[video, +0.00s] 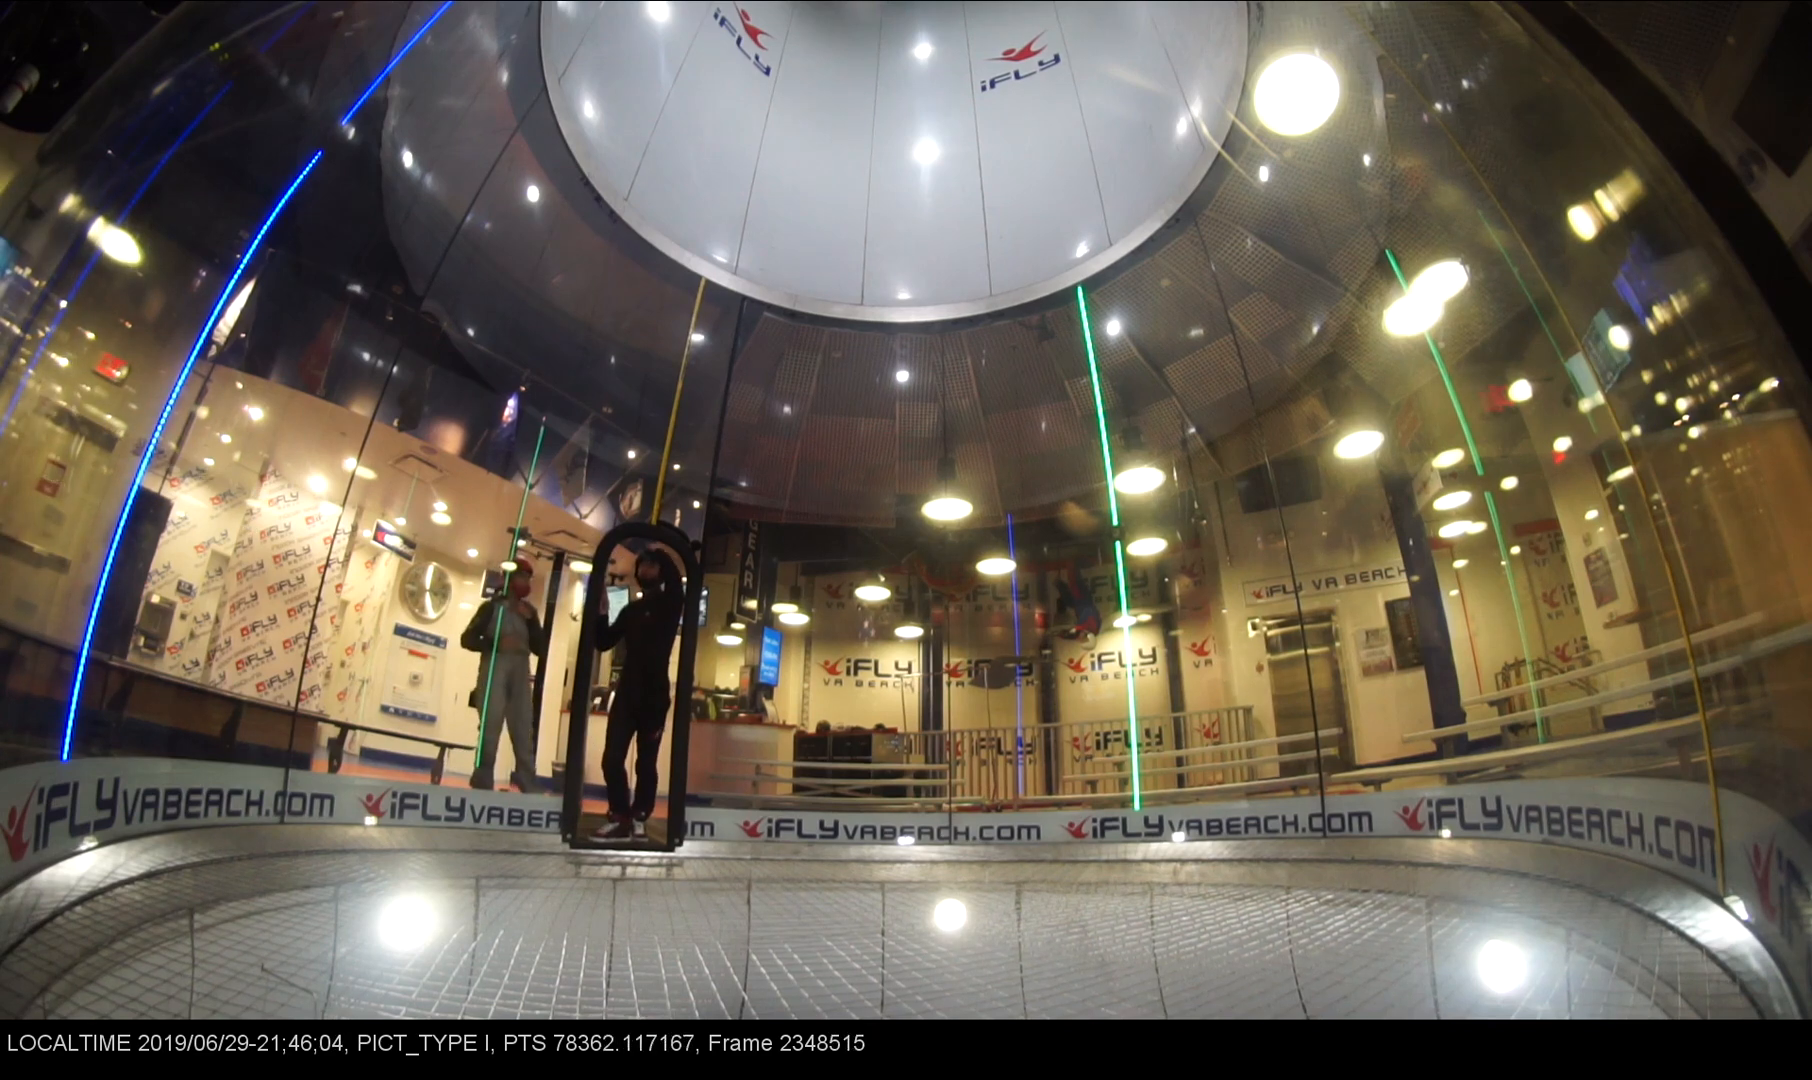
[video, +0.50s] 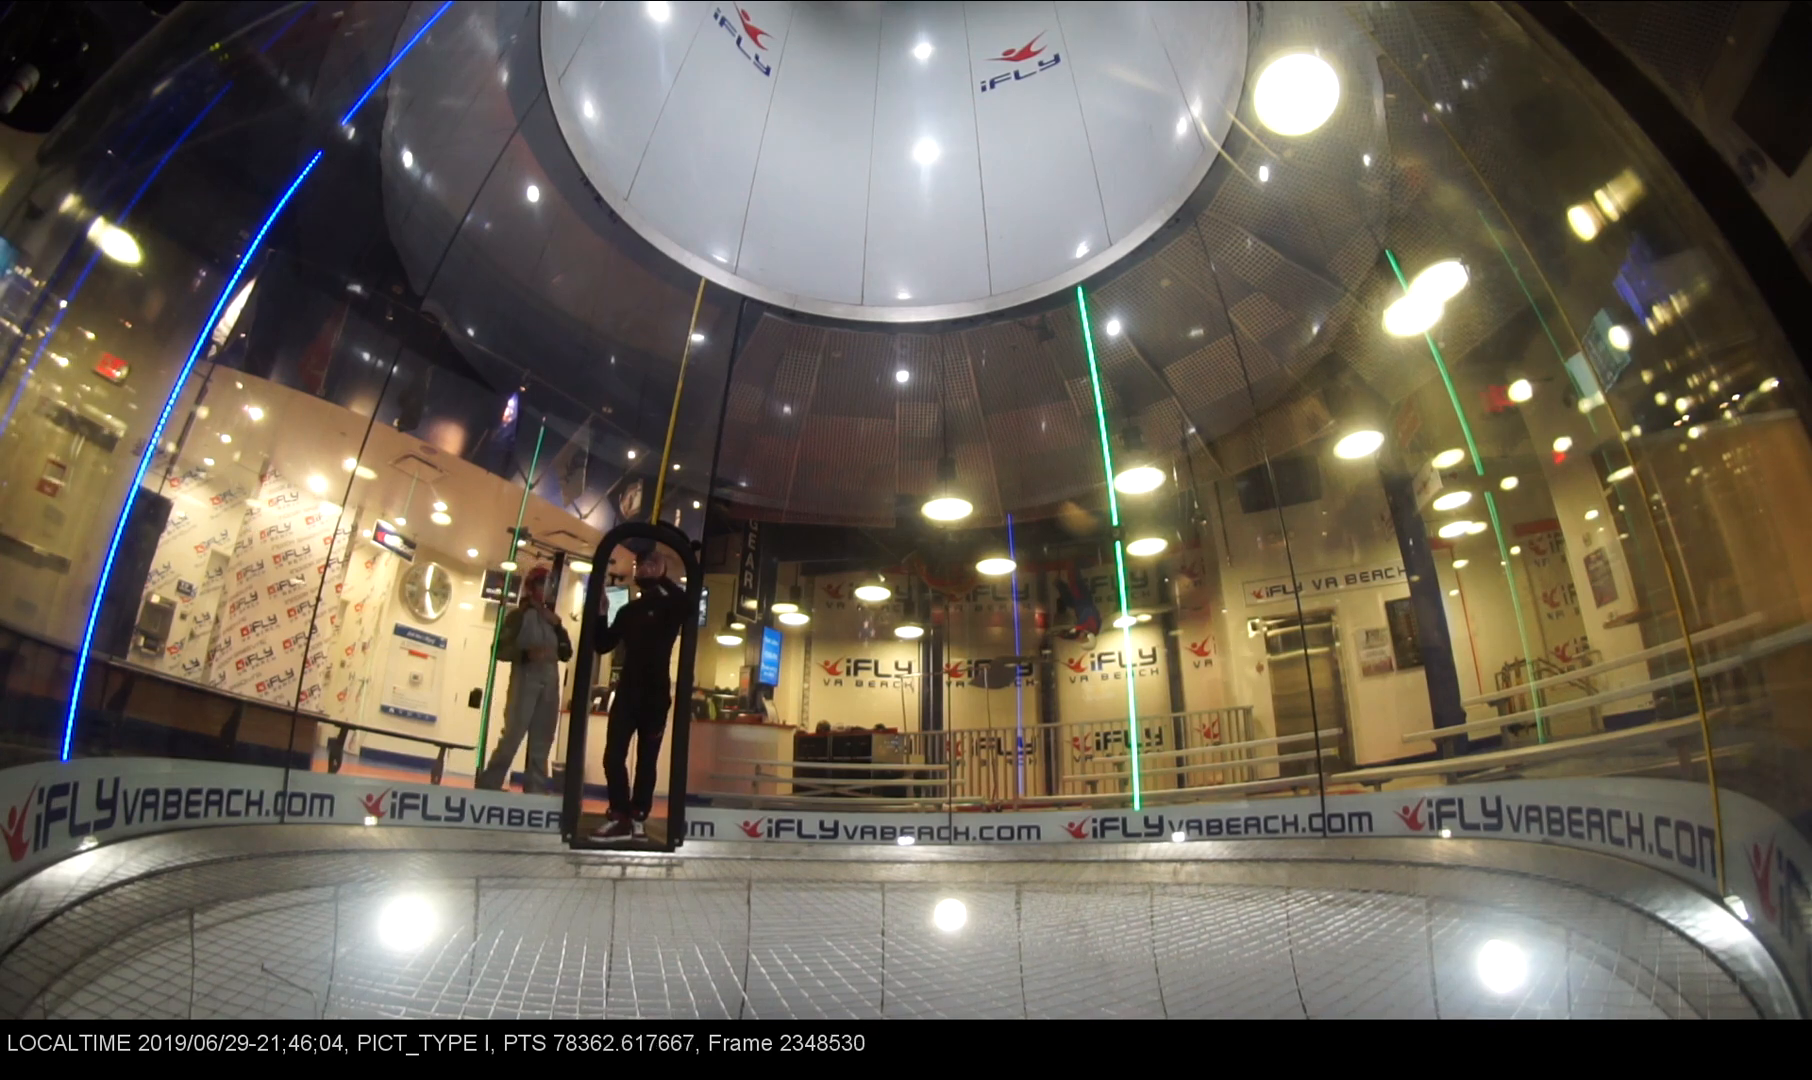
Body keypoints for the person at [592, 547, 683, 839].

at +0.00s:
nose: (644, 569)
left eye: (650, 565)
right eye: (641, 564)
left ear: (661, 573)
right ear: (637, 572)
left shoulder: (670, 606)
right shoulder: (631, 610)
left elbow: (676, 583)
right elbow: (603, 642)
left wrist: (662, 554)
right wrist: (601, 613)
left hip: (655, 691)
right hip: (627, 690)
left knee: (646, 761)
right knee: (612, 760)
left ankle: (639, 819)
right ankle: (619, 819)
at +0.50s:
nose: (643, 570)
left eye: (650, 564)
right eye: (640, 565)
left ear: (661, 572)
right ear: (636, 573)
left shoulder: (672, 605)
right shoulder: (629, 611)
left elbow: (689, 606)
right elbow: (602, 645)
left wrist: (662, 579)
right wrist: (601, 615)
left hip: (656, 690)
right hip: (628, 689)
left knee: (647, 760)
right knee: (613, 758)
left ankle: (638, 819)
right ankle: (620, 819)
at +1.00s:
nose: (650, 571)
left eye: (657, 567)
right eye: (646, 566)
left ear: (667, 576)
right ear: (642, 576)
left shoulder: (675, 603)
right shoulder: (632, 611)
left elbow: (690, 582)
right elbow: (611, 650)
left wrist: (681, 544)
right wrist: (597, 616)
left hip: (660, 685)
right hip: (632, 685)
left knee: (655, 758)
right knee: (626, 756)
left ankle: (642, 815)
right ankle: (630, 823)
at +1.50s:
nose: (672, 561)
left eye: (680, 557)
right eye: (670, 556)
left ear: (692, 566)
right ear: (666, 564)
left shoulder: (701, 596)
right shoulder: (661, 606)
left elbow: (710, 584)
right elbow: (629, 644)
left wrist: (704, 555)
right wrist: (603, 614)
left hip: (684, 688)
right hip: (654, 687)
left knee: (690, 764)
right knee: (636, 762)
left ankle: (707, 835)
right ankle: (632, 826)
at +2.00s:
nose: (700, 570)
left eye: (705, 564)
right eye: (700, 565)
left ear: (718, 568)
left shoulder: (741, 605)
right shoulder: (700, 608)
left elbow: (752, 610)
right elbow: (655, 629)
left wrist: (736, 575)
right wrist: (614, 612)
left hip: (718, 699)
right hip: (687, 697)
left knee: (718, 778)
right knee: (664, 770)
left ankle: (721, 847)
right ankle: (664, 840)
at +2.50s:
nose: (695, 575)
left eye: (700, 569)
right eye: (696, 569)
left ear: (718, 572)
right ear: (727, 573)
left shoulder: (725, 605)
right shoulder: (705, 608)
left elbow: (727, 649)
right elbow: (693, 658)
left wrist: (692, 625)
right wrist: (659, 645)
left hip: (713, 709)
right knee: (676, 778)